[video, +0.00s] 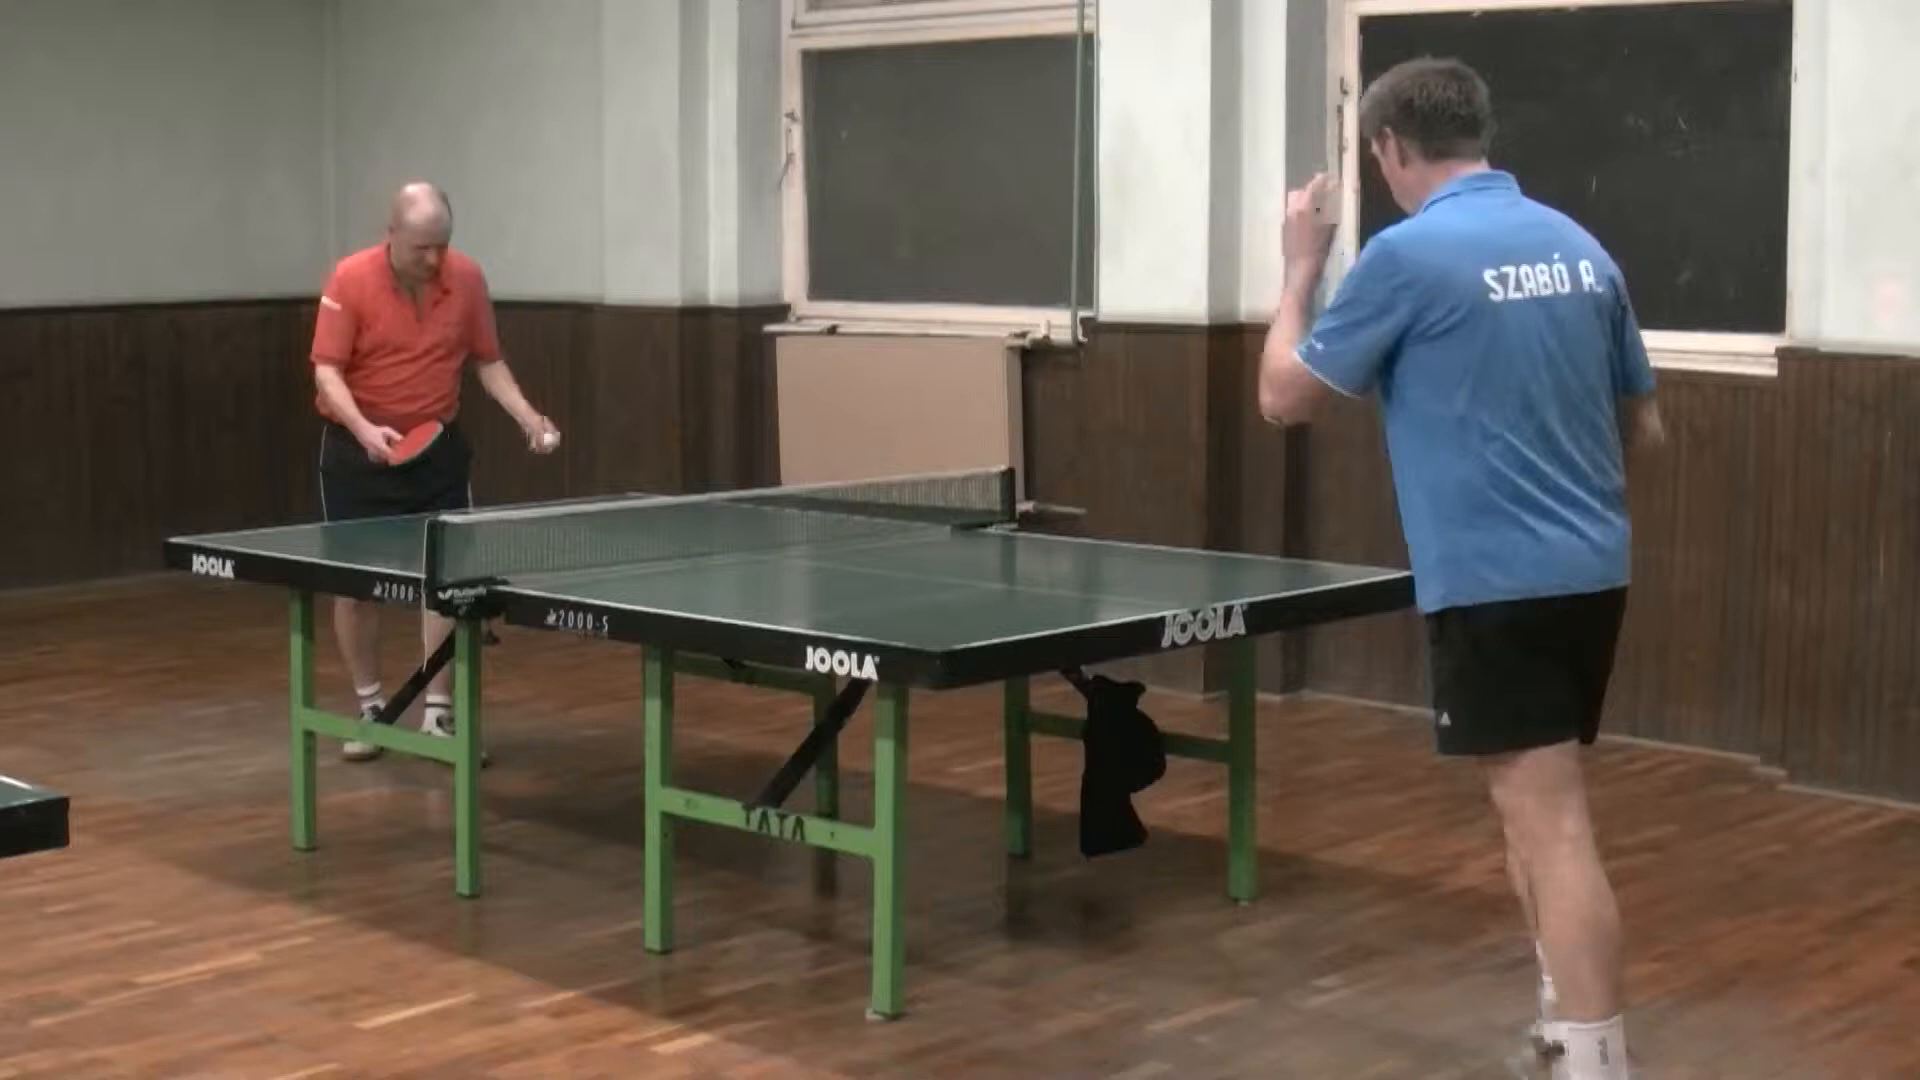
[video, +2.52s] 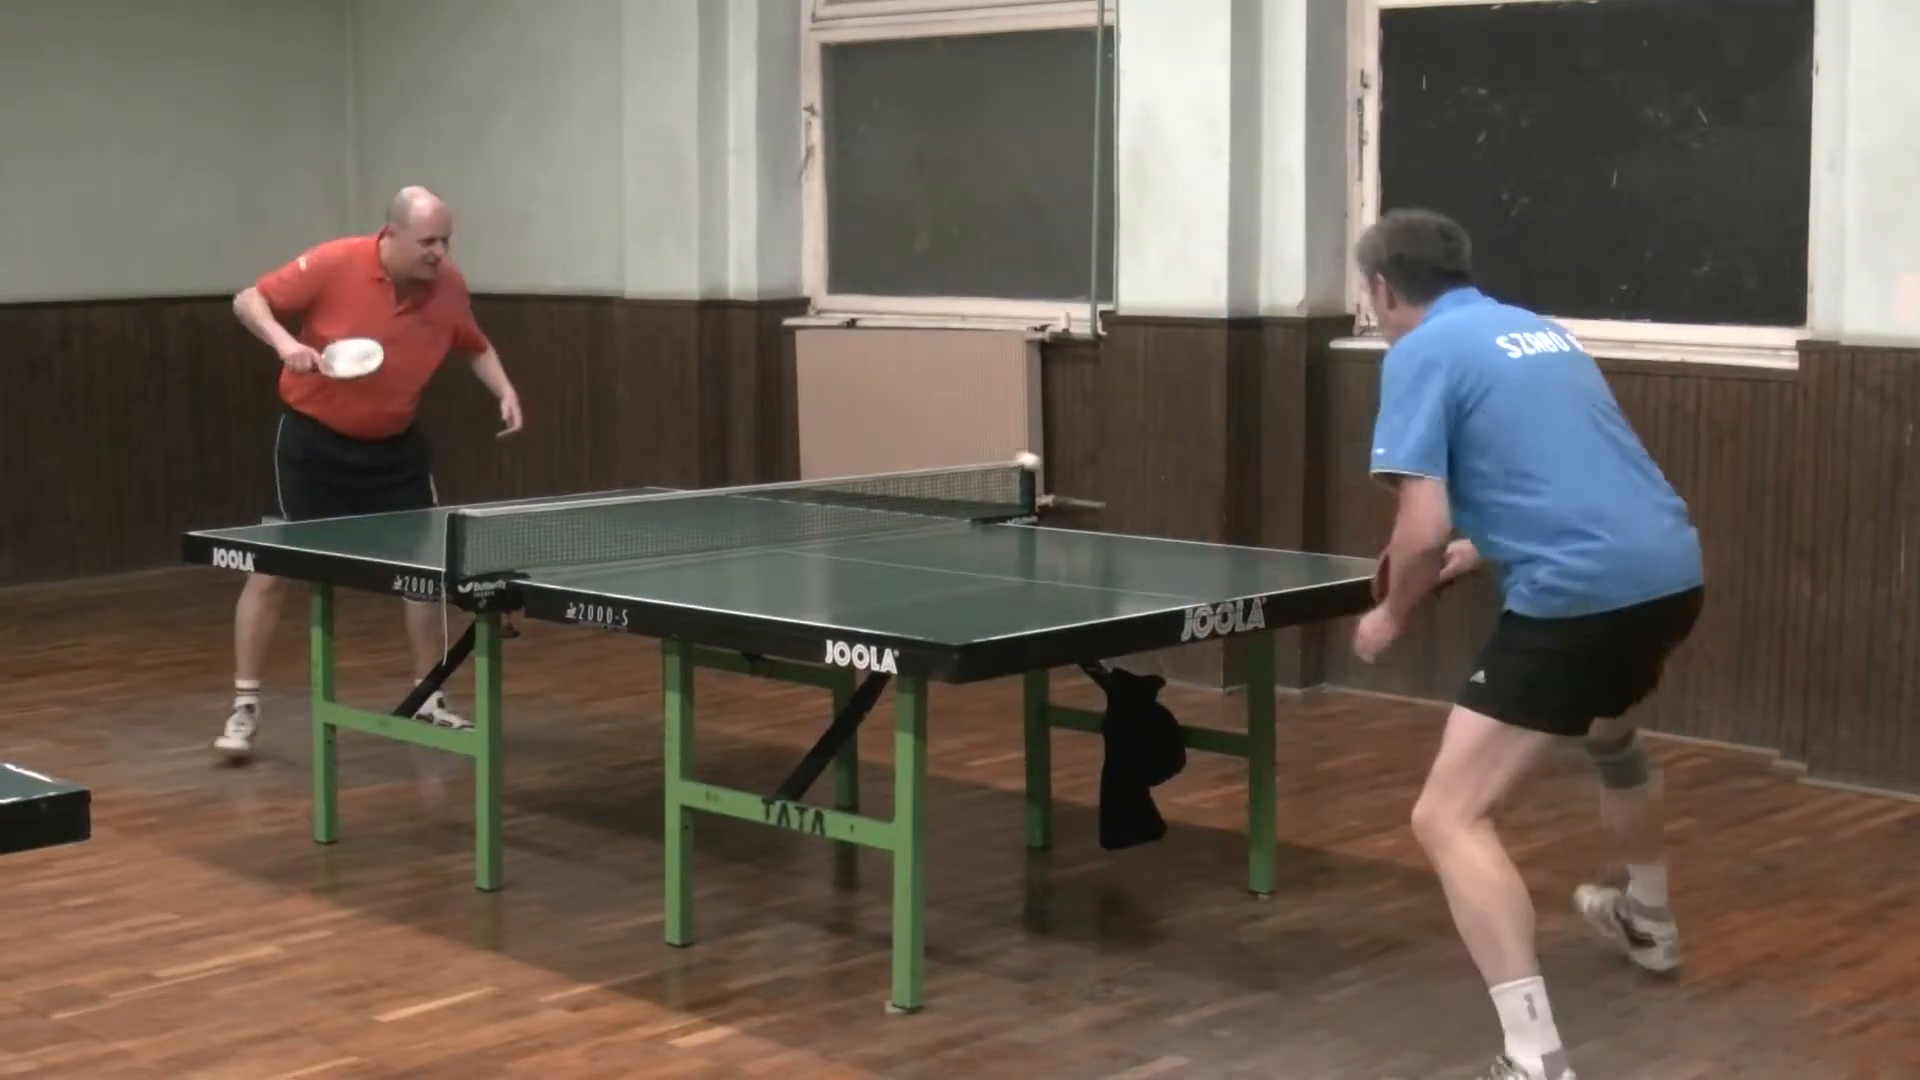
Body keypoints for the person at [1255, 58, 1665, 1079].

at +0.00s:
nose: (1377, 173)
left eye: (1376, 158)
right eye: (1375, 160)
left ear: (1394, 152)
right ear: (1485, 143)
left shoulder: (1408, 255)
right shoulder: (1579, 246)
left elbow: (1281, 396)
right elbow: (1643, 428)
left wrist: (1300, 263)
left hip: (1496, 584)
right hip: (1590, 575)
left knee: (1555, 834)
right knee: (1535, 815)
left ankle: (1595, 1064)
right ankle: (1564, 1029)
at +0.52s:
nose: (1441, 177)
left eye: (1438, 159)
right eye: (1436, 163)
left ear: (1463, 140)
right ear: (1545, 130)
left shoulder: (1507, 235)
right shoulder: (1632, 230)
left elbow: (1382, 382)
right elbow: (1655, 403)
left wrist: (1418, 247)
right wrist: (1505, 536)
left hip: (1533, 569)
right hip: (1646, 567)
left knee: (1387, 768)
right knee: (1629, 801)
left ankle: (1496, 1023)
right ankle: (1650, 1053)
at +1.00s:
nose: (1318, 193)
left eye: (1316, 175)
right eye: (1317, 176)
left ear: (1336, 162)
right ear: (1417, 156)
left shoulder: (1352, 256)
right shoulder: (1514, 252)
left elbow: (1303, 433)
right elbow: (1573, 432)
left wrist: (1274, 505)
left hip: (1399, 583)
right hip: (1531, 578)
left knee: (1293, 795)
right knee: (1550, 791)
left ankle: (1259, 1051)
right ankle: (1635, 1045)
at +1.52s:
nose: (1195, 278)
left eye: (1191, 262)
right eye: (1193, 264)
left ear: (1209, 248)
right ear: (1281, 232)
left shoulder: (1221, 309)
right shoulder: (1385, 287)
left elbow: (1212, 484)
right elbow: (1411, 438)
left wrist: (1209, 576)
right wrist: (1300, 548)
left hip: (1355, 562)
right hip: (1484, 547)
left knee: (1251, 791)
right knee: (1495, 783)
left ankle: (1262, 1051)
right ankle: (1551, 1020)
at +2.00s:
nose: (1213, 291)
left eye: (1211, 275)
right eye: (1212, 276)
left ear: (1231, 267)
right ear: (1305, 251)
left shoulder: (1241, 328)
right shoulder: (1404, 301)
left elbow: (1242, 515)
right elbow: (1482, 436)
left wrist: (1255, 590)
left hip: (1379, 565)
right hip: (1503, 548)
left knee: (1255, 790)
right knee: (1484, 744)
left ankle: (1262, 1050)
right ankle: (1562, 978)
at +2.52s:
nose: (1362, 311)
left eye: (1363, 293)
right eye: (1361, 293)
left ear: (1390, 291)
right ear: (1451, 280)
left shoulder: (1422, 353)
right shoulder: (1531, 329)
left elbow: (1424, 533)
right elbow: (1560, 501)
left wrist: (1389, 615)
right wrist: (1448, 565)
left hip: (1573, 594)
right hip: (1671, 576)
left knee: (1447, 816)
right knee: (1609, 731)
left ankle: (1534, 1057)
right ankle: (1650, 918)